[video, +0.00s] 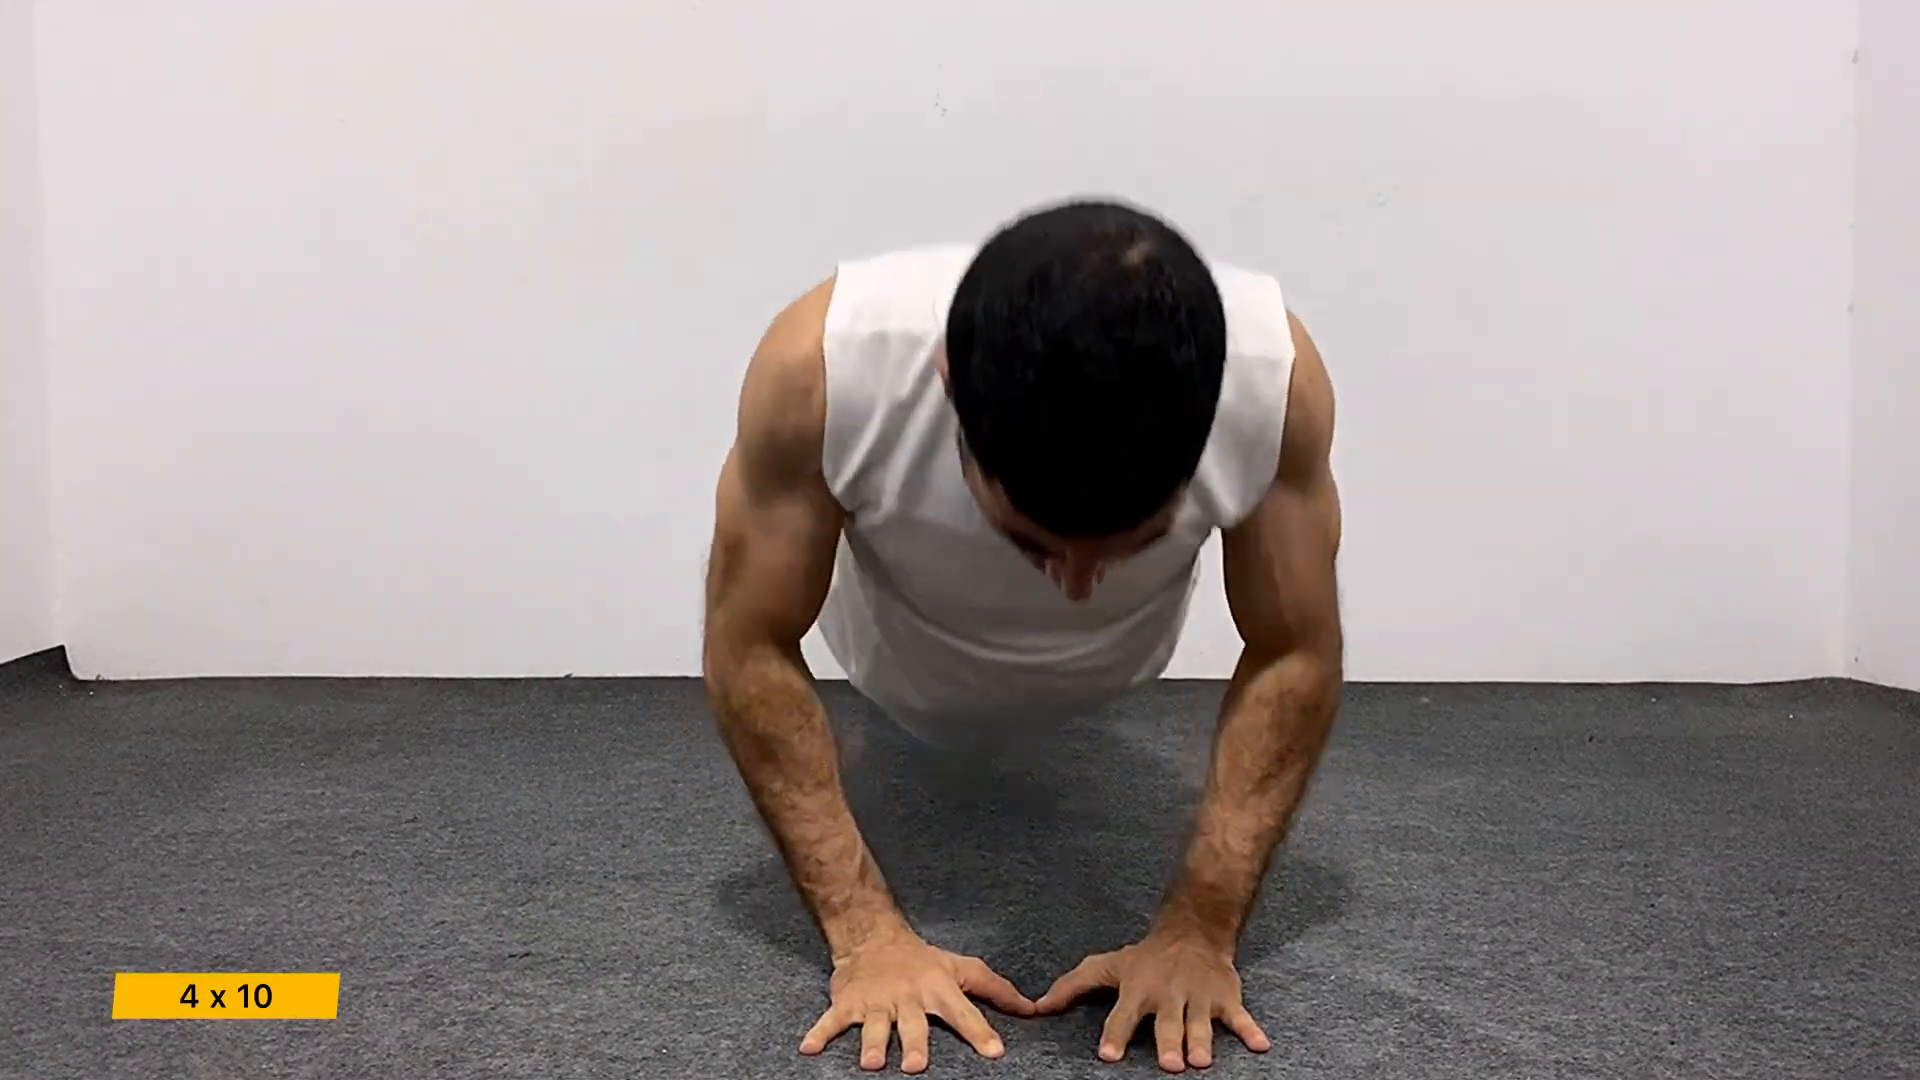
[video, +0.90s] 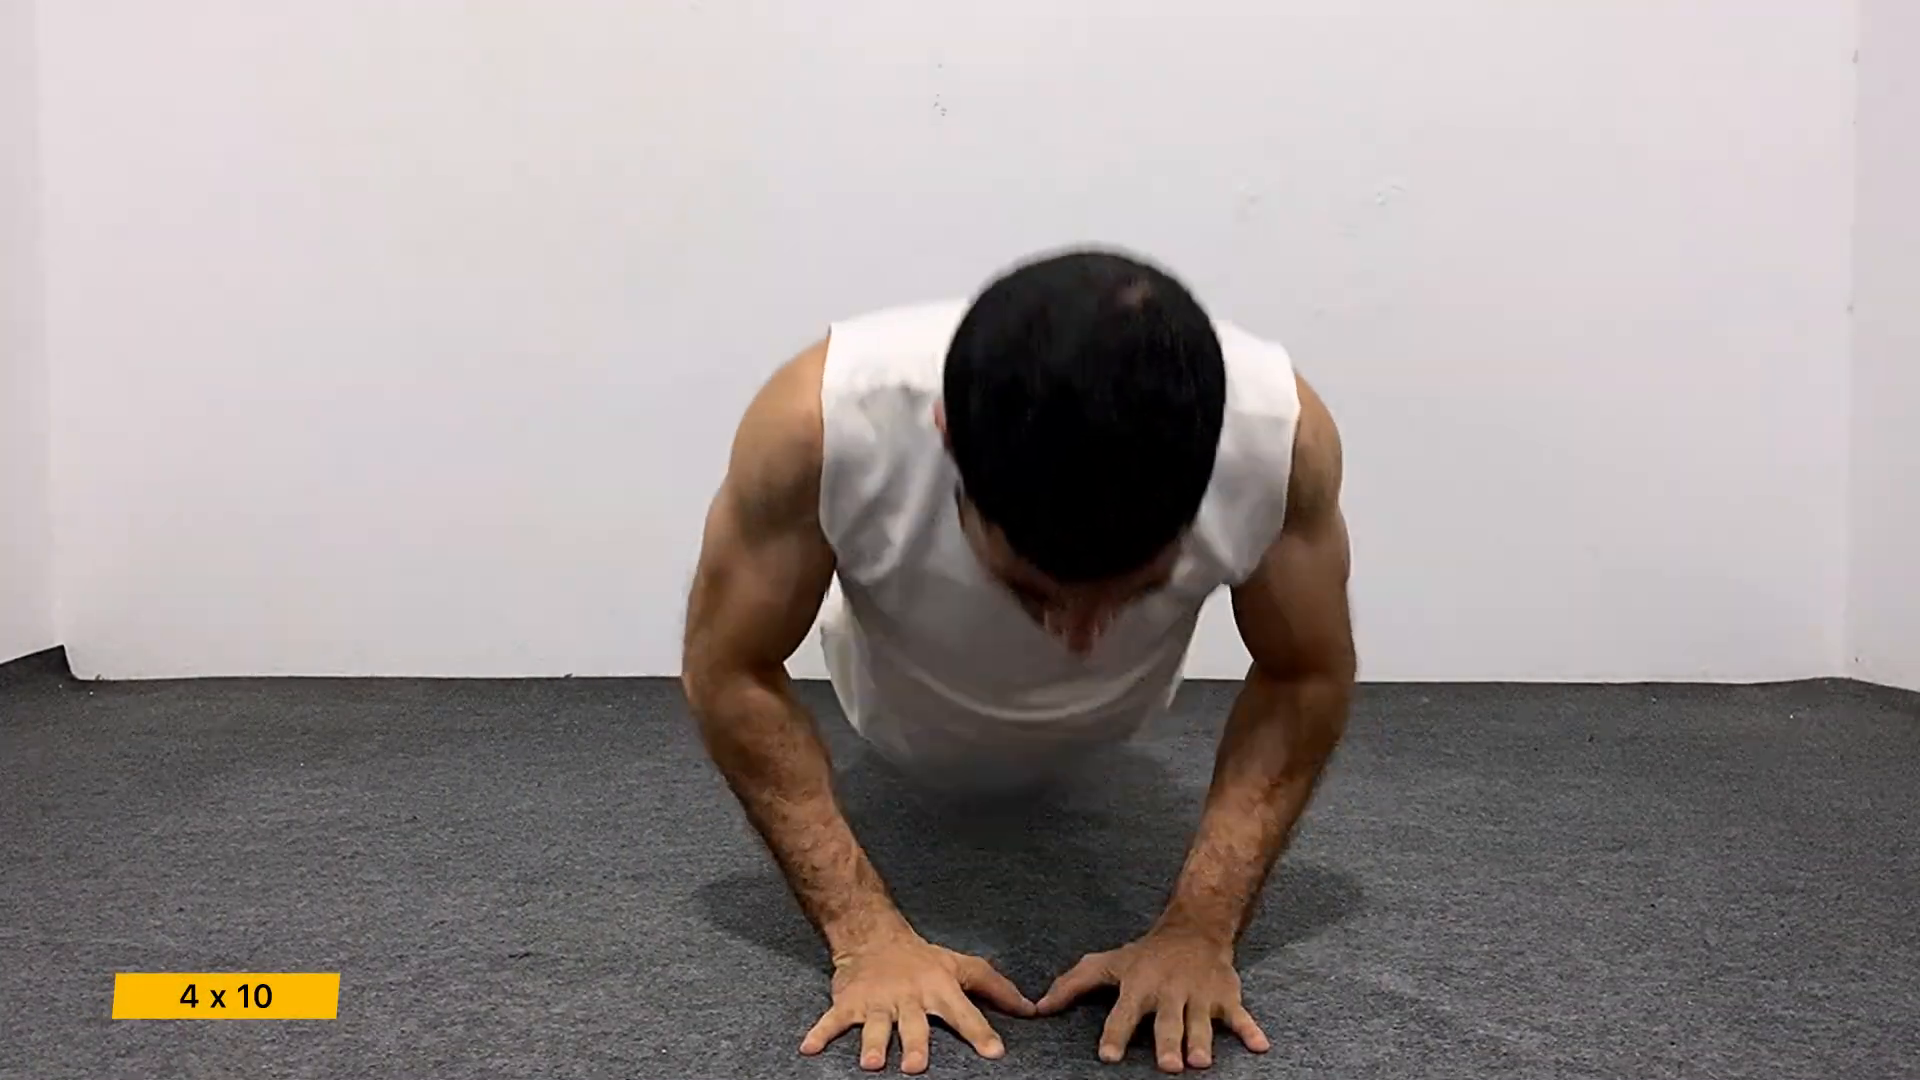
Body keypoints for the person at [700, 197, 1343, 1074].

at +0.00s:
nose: (1077, 579)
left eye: (1130, 542)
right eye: (1034, 540)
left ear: (1204, 428)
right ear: (948, 392)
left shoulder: (1270, 382)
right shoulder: (820, 371)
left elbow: (1294, 652)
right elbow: (747, 649)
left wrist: (1200, 927)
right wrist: (868, 935)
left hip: (1118, 666)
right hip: (908, 674)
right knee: (915, 698)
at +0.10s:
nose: (1088, 724)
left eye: (1133, 689)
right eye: (1042, 686)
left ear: (1215, 562)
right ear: (958, 529)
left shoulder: (1283, 480)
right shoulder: (827, 469)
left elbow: (1305, 681)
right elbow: (724, 674)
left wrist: (1201, 926)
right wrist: (865, 933)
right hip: (900, 721)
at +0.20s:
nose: (1093, 871)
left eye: (1136, 833)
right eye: (1051, 826)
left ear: (1227, 697)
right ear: (967, 672)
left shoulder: (1295, 573)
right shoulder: (826, 569)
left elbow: (1314, 707)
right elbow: (709, 692)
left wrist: (1203, 927)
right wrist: (863, 933)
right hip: (911, 816)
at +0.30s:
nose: (1070, 982)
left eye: (1122, 955)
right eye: (1037, 944)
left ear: (1232, 797)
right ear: (965, 766)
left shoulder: (1302, 644)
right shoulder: (830, 643)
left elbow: (1339, 718)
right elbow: (703, 687)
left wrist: (1209, 937)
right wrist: (862, 939)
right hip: (913, 831)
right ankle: (943, 555)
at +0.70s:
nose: (1089, 926)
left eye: (1132, 885)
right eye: (1047, 877)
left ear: (1219, 763)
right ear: (956, 717)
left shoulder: (1298, 620)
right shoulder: (818, 618)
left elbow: (1324, 714)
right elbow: (718, 692)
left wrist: (1201, 929)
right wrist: (862, 931)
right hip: (917, 837)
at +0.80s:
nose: (1087, 784)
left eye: (1131, 745)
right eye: (1042, 741)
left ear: (1212, 632)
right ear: (951, 591)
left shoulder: (1290, 535)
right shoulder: (820, 521)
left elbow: (1307, 696)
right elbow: (722, 688)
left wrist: (1202, 923)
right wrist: (864, 932)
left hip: (1149, 769)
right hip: (903, 781)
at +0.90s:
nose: (1075, 633)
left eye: (1128, 592)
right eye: (1034, 588)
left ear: (1201, 488)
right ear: (950, 448)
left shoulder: (1278, 443)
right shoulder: (817, 428)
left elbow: (1303, 672)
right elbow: (728, 669)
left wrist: (1200, 929)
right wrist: (868, 936)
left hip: (1119, 720)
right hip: (901, 721)